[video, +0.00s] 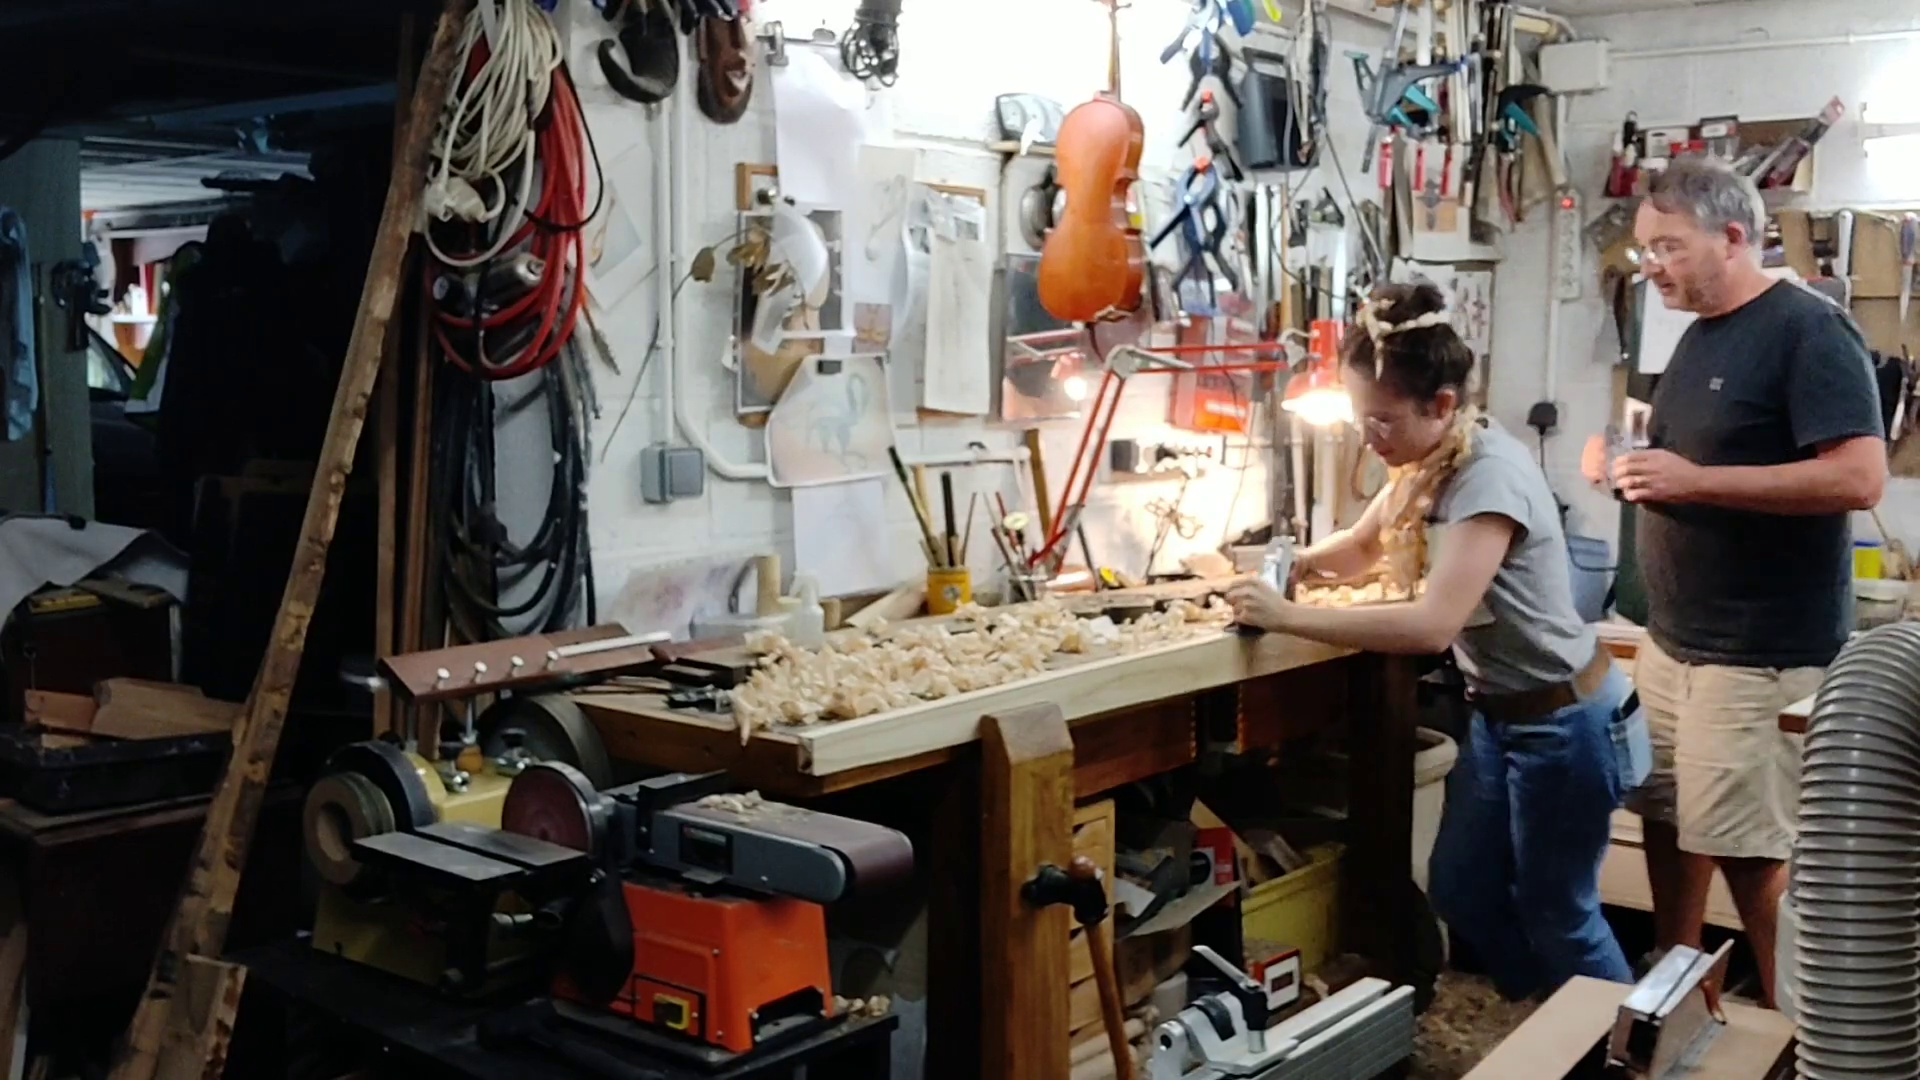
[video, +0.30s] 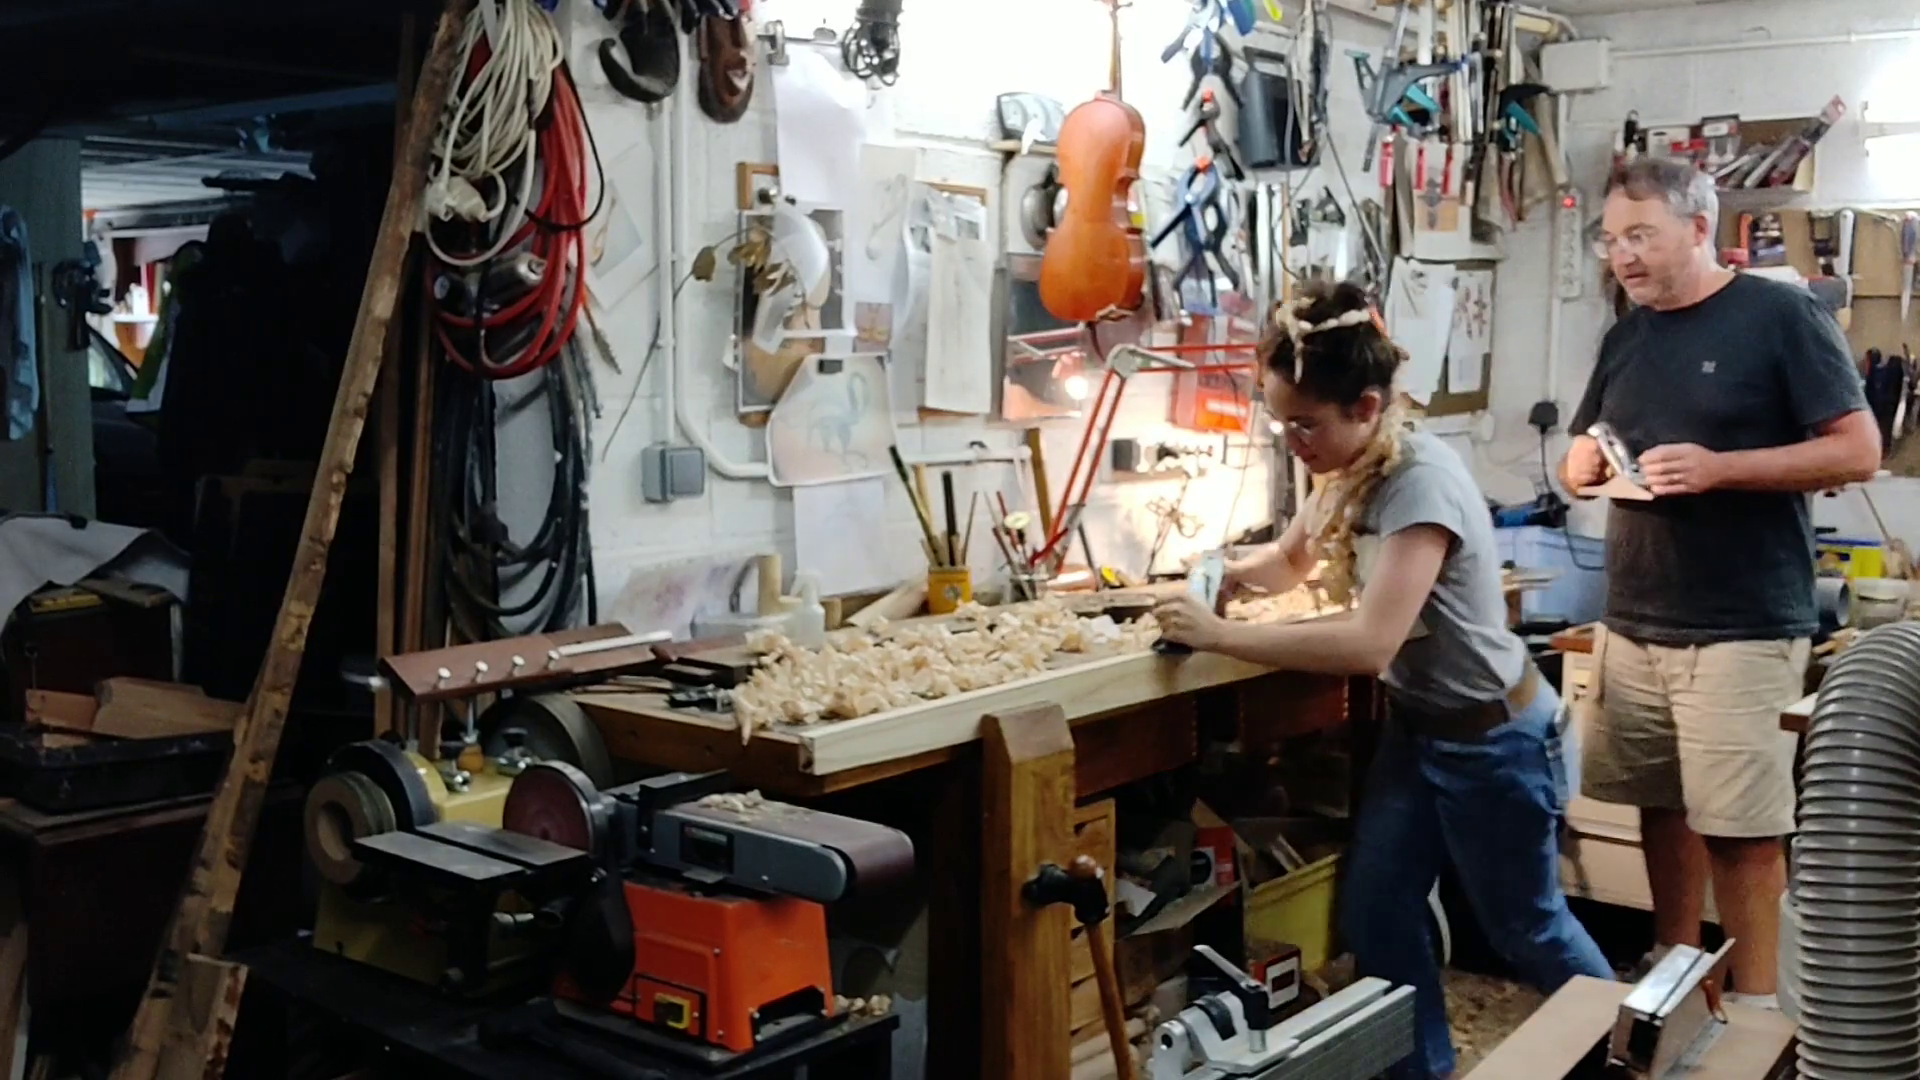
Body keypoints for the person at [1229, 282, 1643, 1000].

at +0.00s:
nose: (1368, 437)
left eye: (1382, 422)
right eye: (1361, 419)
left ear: (1442, 405)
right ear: (1356, 393)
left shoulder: (1492, 475)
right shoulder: (1425, 466)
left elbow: (1433, 624)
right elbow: (1365, 545)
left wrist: (1286, 615)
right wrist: (1292, 563)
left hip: (1563, 726)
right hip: (1492, 719)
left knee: (1560, 915)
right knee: (1462, 892)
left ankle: (1628, 1037)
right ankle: (1546, 1016)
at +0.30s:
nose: (1289, 440)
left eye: (1304, 423)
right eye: (1279, 421)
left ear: (1367, 405)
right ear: (1271, 396)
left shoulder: (1423, 481)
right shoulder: (1344, 470)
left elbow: (1369, 643)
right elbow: (1293, 557)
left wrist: (1219, 633)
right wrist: (1224, 575)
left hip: (1500, 740)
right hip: (1417, 734)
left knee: (1529, 931)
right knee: (1378, 912)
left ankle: (1625, 1043)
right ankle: (1424, 1064)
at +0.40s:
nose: (1249, 442)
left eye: (1264, 426)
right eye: (1241, 423)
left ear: (1330, 405)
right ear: (1239, 399)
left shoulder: (1391, 483)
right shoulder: (1309, 476)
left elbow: (1337, 648)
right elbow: (1254, 569)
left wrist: (1187, 642)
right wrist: (1178, 581)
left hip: (1468, 746)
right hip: (1386, 741)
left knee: (1466, 954)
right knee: (1376, 956)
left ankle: (1599, 1039)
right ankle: (1424, 1076)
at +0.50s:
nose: (1217, 449)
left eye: (1231, 430)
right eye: (1208, 429)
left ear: (1295, 407)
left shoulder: (1360, 481)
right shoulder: (1283, 483)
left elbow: (1314, 652)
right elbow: (1221, 572)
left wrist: (1162, 652)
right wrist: (1144, 597)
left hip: (1439, 752)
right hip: (1362, 745)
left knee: (1395, 971)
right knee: (1353, 962)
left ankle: (1523, 1061)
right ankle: (1452, 1062)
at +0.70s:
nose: (1158, 457)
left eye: (1172, 438)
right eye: (1150, 437)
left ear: (1242, 416)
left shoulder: (1304, 497)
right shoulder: (1242, 492)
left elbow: (1249, 677)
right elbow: (1176, 578)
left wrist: (1084, 661)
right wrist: (1099, 598)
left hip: (1376, 777)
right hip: (1318, 774)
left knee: (1278, 977)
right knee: (1375, 979)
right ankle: (1444, 1074)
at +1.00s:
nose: (1059, 445)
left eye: (1068, 423)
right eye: (1052, 424)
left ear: (1144, 402)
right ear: (1139, 406)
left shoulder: (1219, 494)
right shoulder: (1165, 480)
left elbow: (1142, 696)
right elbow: (1102, 584)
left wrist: (964, 689)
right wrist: (1010, 620)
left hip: (1325, 795)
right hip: (1294, 787)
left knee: (1194, 1026)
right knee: (1348, 1013)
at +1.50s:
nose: (1122, 351)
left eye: (1133, 330)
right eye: (1122, 328)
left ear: (1193, 338)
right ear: (1211, 340)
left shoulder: (1240, 463)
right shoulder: (1276, 440)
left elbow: (1125, 661)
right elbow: (1172, 600)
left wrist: (947, 617)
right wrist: (1038, 594)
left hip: (1317, 783)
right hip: (1400, 755)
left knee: (1232, 1045)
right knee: (1374, 1034)